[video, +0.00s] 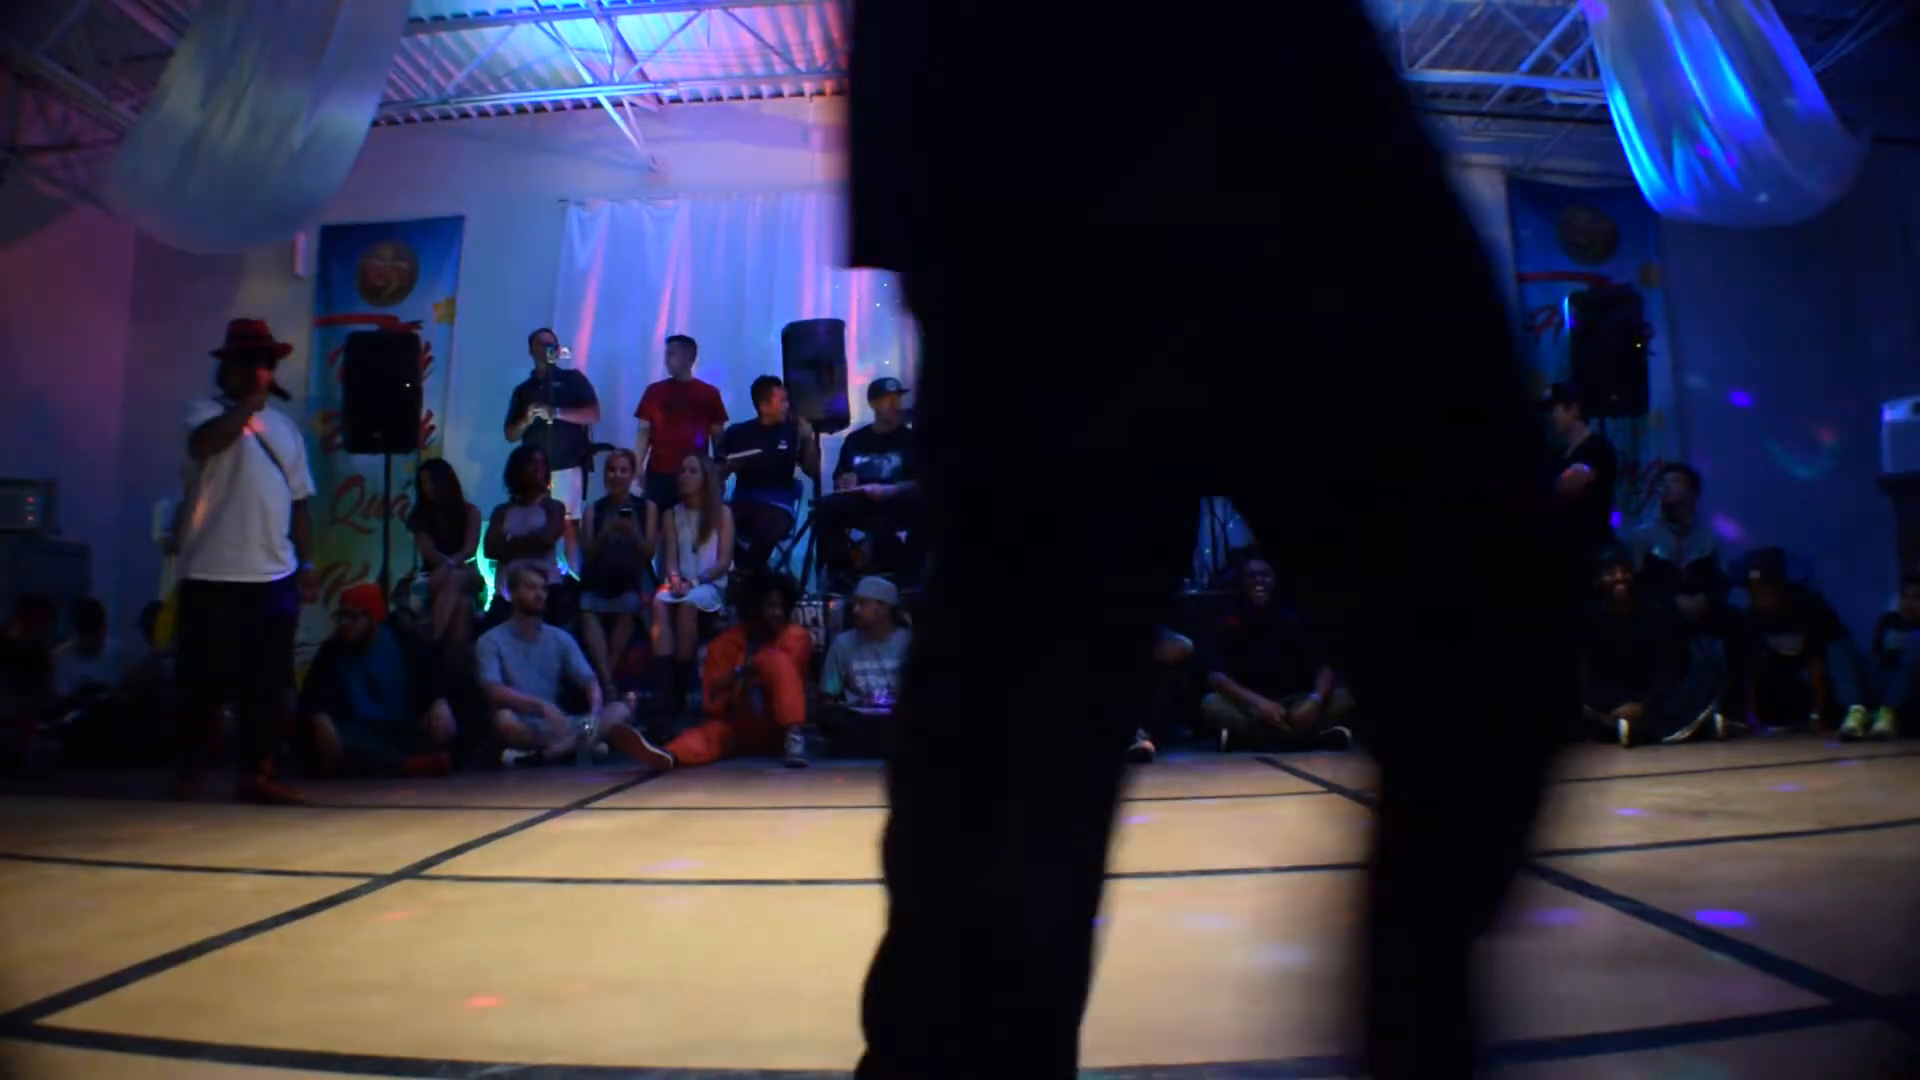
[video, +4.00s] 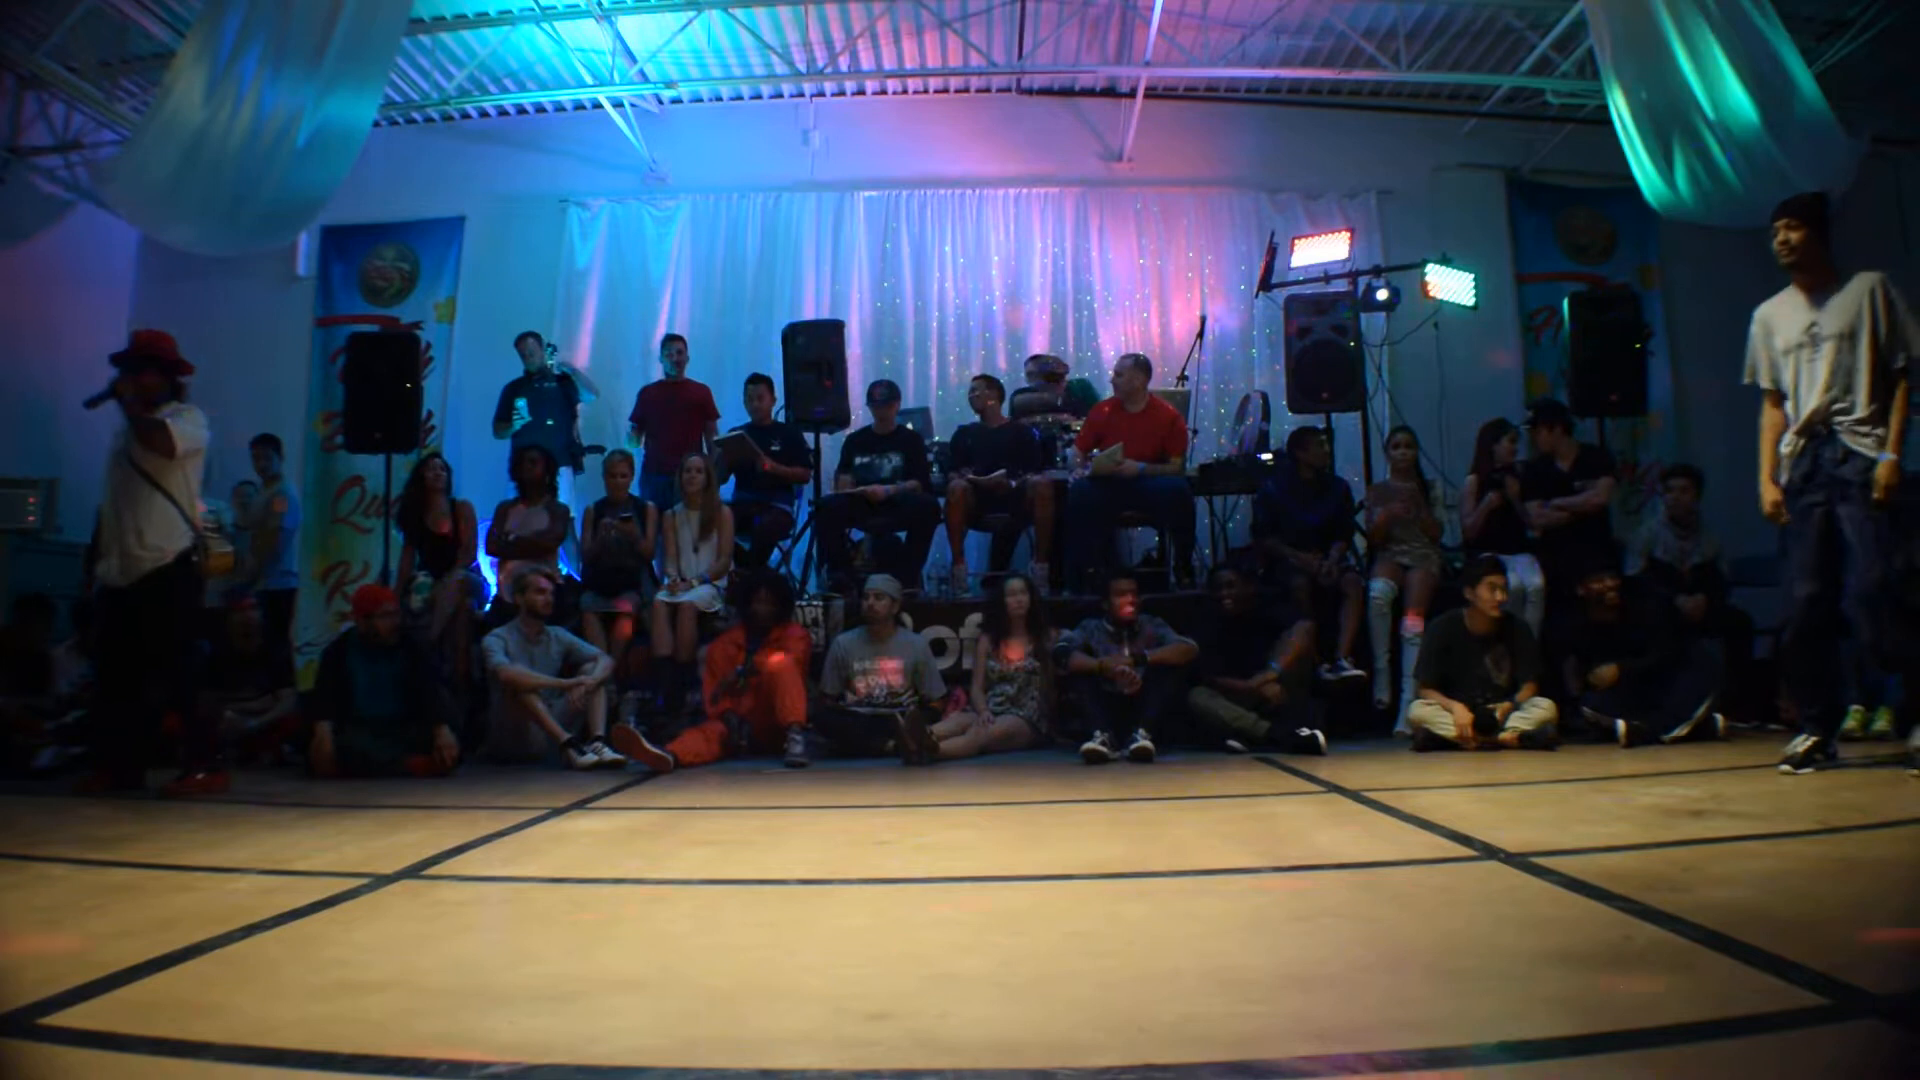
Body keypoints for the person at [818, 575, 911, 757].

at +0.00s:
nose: (856, 610)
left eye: (863, 604)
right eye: (856, 604)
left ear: (882, 608)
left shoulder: (906, 642)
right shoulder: (843, 644)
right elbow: (829, 697)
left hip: (897, 722)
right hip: (856, 721)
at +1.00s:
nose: (875, 604)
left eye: (883, 597)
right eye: (871, 597)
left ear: (899, 604)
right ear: (865, 602)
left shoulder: (917, 644)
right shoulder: (845, 643)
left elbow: (936, 700)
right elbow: (830, 697)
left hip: (904, 718)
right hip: (858, 718)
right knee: (825, 715)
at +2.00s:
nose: (872, 604)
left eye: (880, 598)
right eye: (868, 597)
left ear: (897, 606)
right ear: (862, 602)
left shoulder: (916, 645)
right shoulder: (844, 643)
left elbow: (935, 701)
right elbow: (829, 696)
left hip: (902, 716)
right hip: (856, 716)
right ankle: (886, 746)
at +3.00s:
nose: (870, 603)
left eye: (878, 598)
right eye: (866, 597)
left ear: (895, 605)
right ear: (861, 601)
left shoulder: (916, 645)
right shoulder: (843, 645)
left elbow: (935, 702)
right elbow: (828, 700)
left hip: (904, 720)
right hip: (858, 723)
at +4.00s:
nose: (870, 604)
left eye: (878, 598)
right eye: (866, 598)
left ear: (895, 605)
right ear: (861, 602)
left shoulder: (915, 645)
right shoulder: (843, 644)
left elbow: (936, 702)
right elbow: (827, 699)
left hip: (903, 715)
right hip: (859, 717)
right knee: (824, 717)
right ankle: (890, 745)